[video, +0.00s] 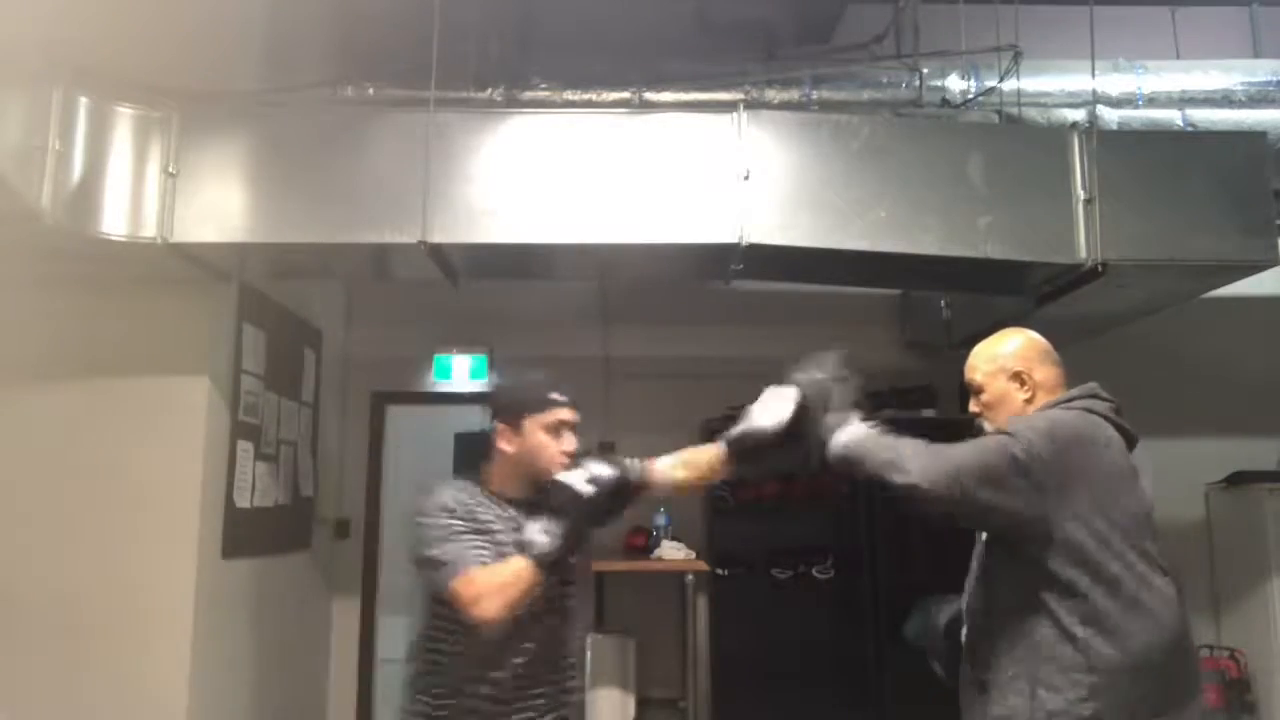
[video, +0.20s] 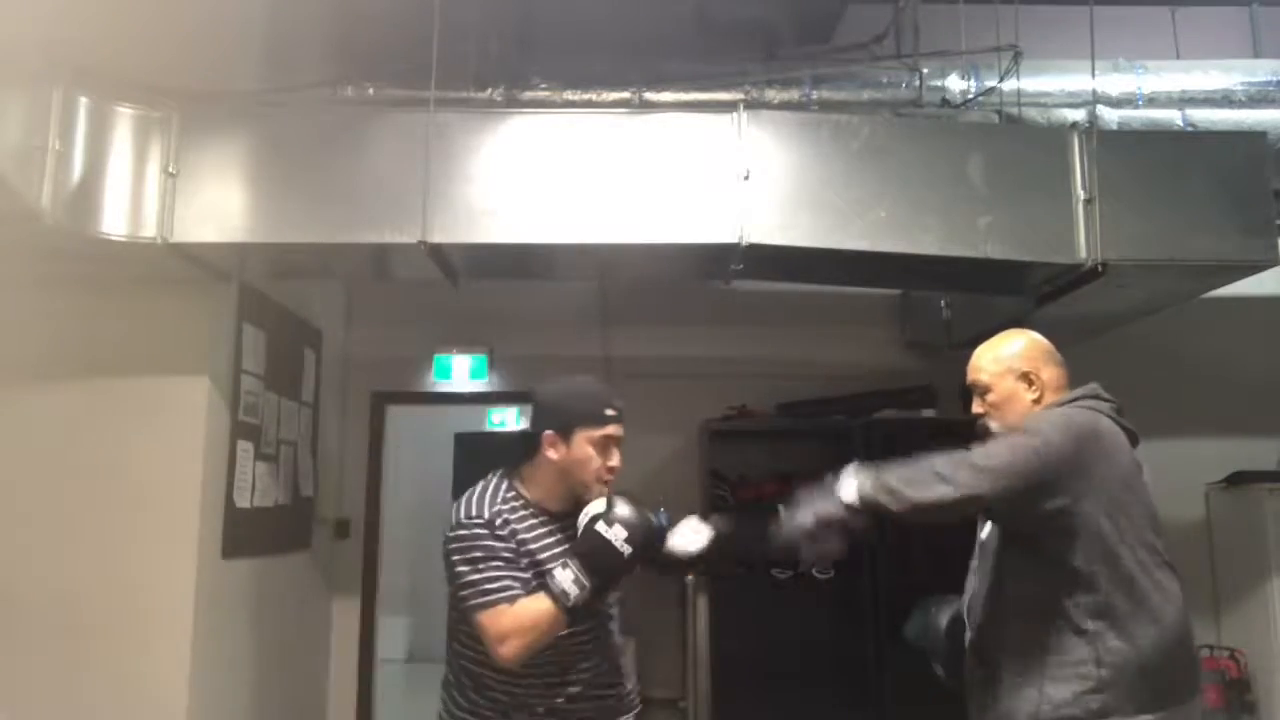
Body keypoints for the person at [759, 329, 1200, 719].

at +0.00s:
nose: (972, 411)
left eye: (978, 393)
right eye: (971, 398)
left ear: (1024, 382)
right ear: (1031, 384)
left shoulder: (1054, 440)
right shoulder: (1087, 435)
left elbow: (937, 474)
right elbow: (1058, 578)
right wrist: (968, 614)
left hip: (1082, 685)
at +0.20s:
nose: (975, 410)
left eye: (984, 392)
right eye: (972, 396)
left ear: (1035, 383)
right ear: (1033, 387)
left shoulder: (1072, 432)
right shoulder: (1052, 441)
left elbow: (966, 479)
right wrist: (961, 621)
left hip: (1104, 685)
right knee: (931, 628)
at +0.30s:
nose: (974, 412)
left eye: (982, 395)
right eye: (972, 399)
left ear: (1032, 387)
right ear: (1032, 387)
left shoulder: (1070, 444)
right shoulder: (1061, 441)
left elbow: (1023, 534)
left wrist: (900, 570)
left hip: (1101, 699)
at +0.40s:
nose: (971, 414)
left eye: (980, 397)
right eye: (970, 401)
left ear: (1028, 389)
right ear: (1027, 390)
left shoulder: (1077, 457)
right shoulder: (1050, 452)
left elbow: (1056, 591)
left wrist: (956, 643)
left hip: (1113, 701)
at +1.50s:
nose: (960, 417)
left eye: (967, 400)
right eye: (958, 404)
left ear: (1016, 393)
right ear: (1017, 394)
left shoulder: (1035, 461)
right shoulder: (1074, 447)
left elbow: (1019, 597)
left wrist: (936, 634)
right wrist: (966, 590)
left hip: (1097, 699)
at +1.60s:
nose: (964, 417)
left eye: (971, 400)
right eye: (962, 404)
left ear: (1019, 392)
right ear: (1024, 394)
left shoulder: (1034, 462)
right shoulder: (1081, 450)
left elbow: (1014, 596)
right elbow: (1036, 571)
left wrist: (940, 634)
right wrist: (926, 554)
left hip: (1095, 697)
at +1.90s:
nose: (955, 420)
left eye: (963, 403)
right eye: (954, 406)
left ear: (1011, 394)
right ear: (1013, 396)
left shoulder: (1027, 465)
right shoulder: (1070, 449)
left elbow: (1009, 603)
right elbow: (1021, 547)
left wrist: (941, 639)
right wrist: (928, 534)